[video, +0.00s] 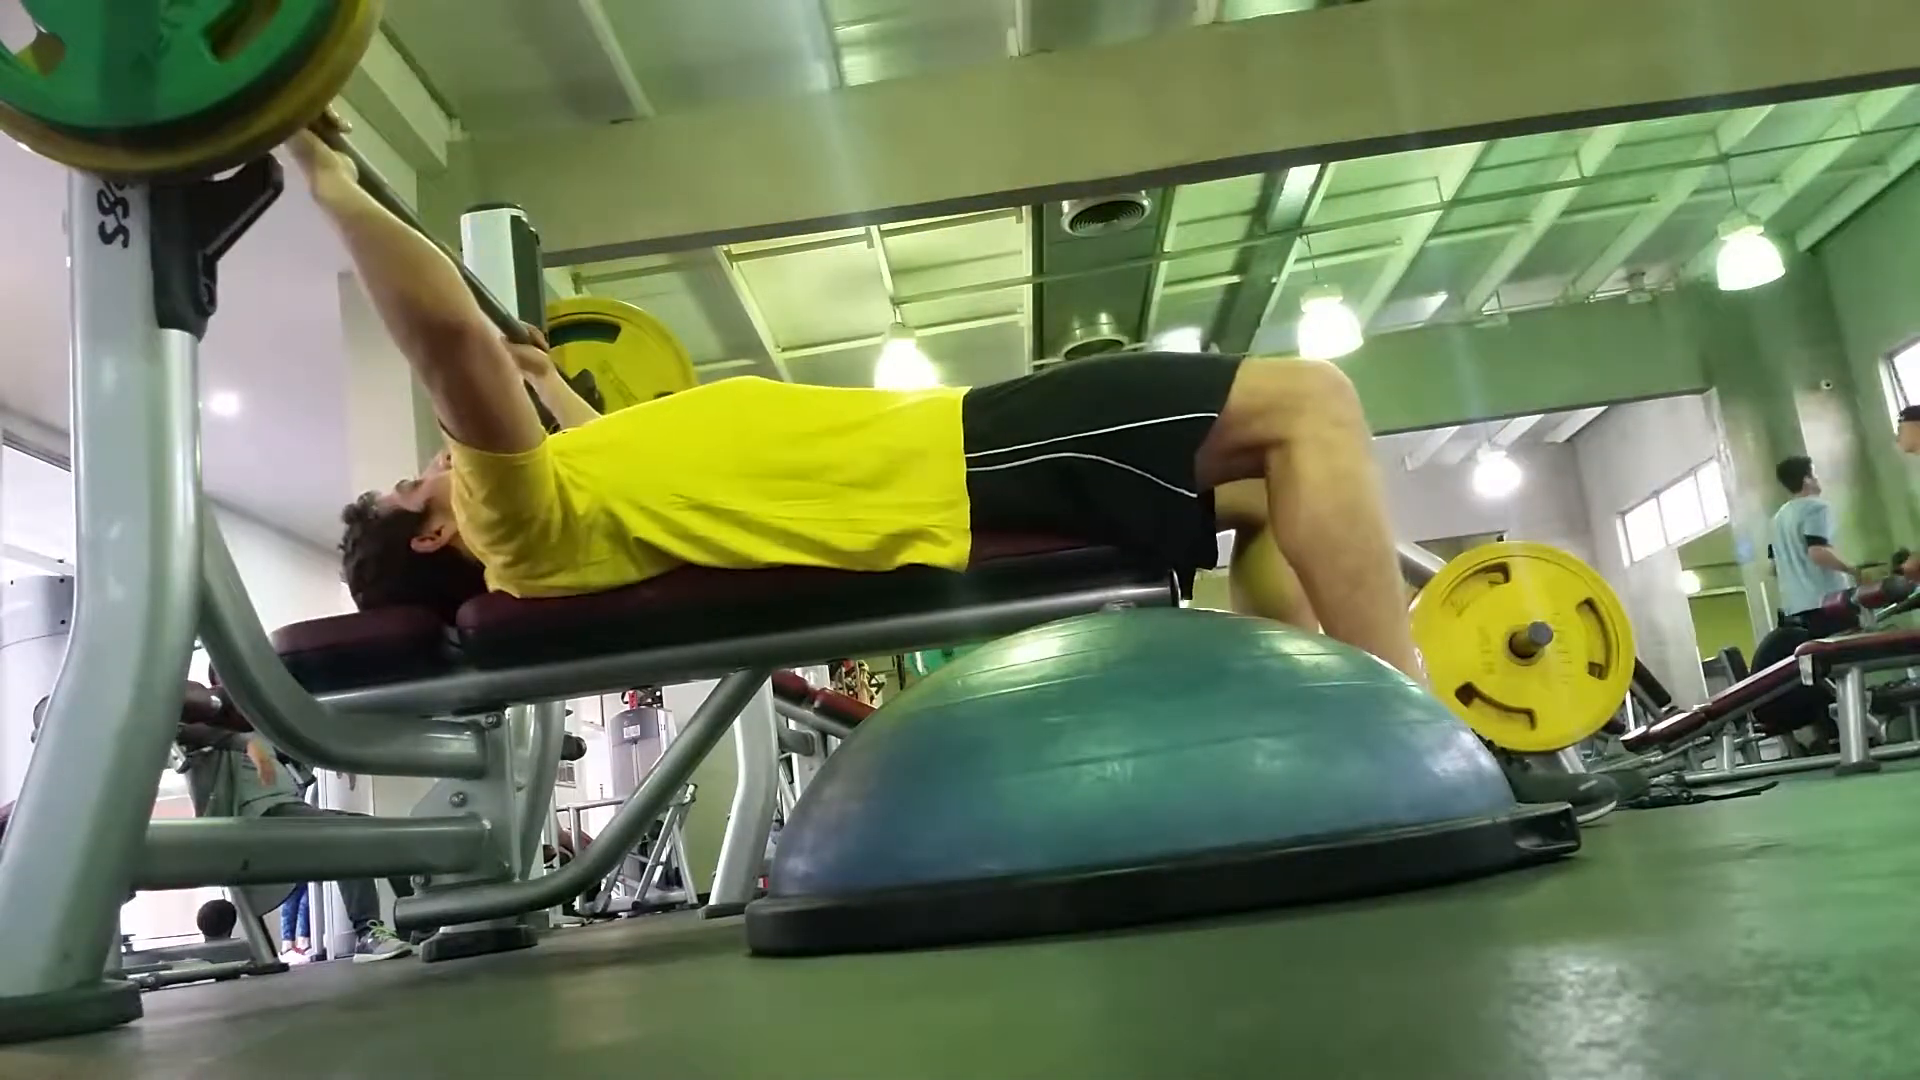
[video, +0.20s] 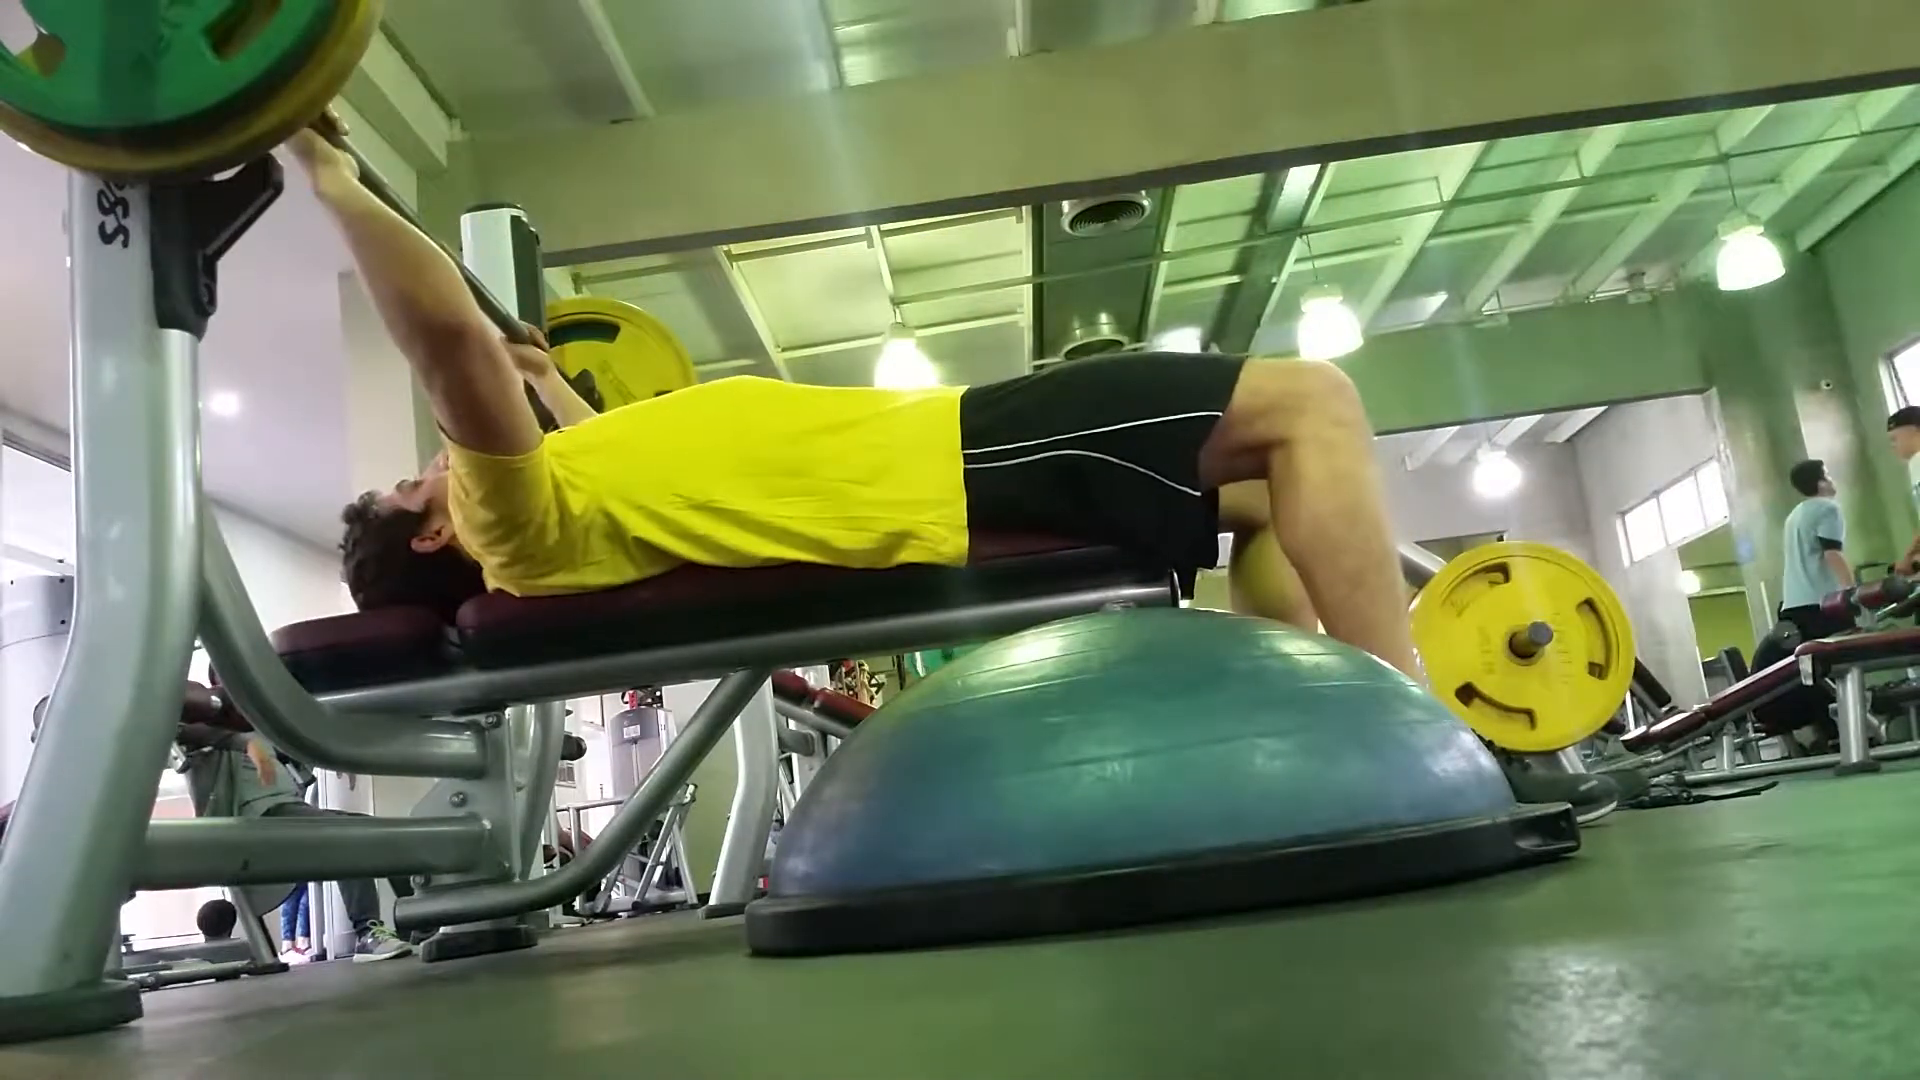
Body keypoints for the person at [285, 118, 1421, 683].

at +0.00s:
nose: (436, 466)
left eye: (419, 471)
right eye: (420, 480)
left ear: (453, 530)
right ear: (440, 529)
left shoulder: (564, 514)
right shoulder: (526, 525)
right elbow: (451, 327)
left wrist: (534, 388)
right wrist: (328, 182)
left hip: (948, 466)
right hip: (942, 467)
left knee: (1256, 488)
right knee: (1305, 401)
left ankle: (1310, 739)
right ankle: (1413, 733)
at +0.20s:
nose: (429, 467)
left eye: (414, 471)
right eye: (416, 480)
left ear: (448, 529)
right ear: (437, 528)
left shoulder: (562, 514)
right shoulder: (525, 526)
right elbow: (451, 329)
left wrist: (538, 389)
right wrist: (326, 175)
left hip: (945, 463)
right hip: (940, 465)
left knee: (1254, 507)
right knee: (1309, 402)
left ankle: (1304, 740)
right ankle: (1414, 737)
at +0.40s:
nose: (508, 385)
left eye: (408, 476)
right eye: (416, 476)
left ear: (442, 537)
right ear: (430, 521)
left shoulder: (562, 512)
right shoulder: (518, 526)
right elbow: (443, 337)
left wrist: (542, 390)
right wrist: (322, 165)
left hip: (944, 465)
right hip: (938, 460)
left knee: (1253, 506)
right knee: (1309, 403)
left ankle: (1305, 746)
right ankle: (1414, 740)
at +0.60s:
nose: (415, 479)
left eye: (404, 479)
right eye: (410, 479)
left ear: (439, 541)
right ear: (428, 522)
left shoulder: (559, 513)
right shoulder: (517, 528)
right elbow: (438, 346)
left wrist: (545, 389)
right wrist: (325, 171)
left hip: (941, 465)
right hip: (935, 462)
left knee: (1250, 507)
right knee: (1309, 401)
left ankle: (1311, 742)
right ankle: (1413, 737)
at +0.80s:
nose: (406, 470)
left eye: (398, 476)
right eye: (402, 479)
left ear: (433, 555)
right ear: (427, 525)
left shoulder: (547, 519)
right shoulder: (508, 527)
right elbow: (428, 356)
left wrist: (548, 395)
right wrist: (325, 174)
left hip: (935, 471)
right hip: (933, 460)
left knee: (1251, 499)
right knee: (1310, 402)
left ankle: (1307, 734)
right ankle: (1409, 732)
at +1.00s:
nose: (412, 474)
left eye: (401, 478)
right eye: (405, 483)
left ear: (430, 567)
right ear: (426, 529)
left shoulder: (550, 523)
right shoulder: (506, 528)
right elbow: (408, 368)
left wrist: (550, 397)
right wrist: (314, 147)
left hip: (934, 471)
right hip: (932, 459)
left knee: (1250, 501)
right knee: (1311, 402)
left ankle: (1308, 732)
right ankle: (1413, 736)